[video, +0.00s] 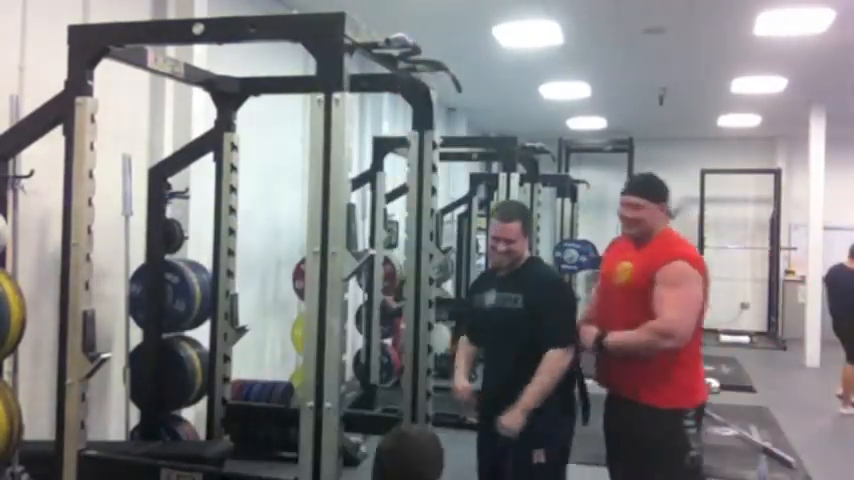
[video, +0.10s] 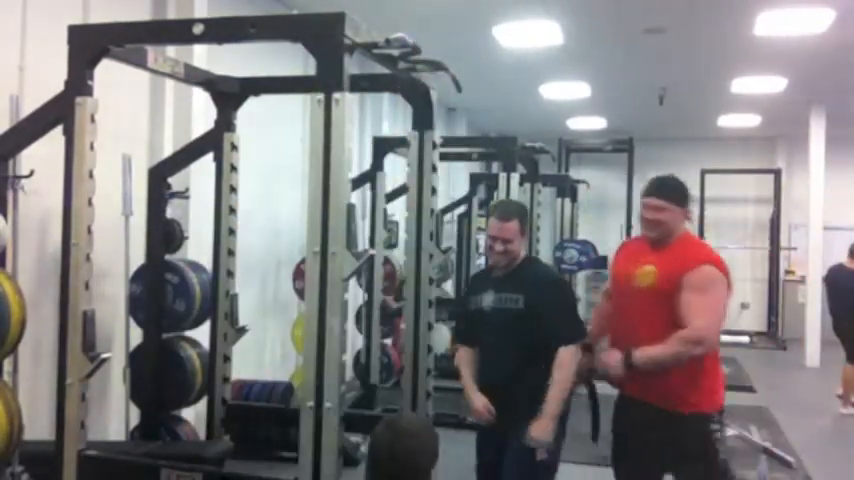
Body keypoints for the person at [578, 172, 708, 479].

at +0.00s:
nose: (627, 215)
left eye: (637, 207)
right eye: (624, 206)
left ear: (662, 210)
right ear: (618, 206)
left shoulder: (678, 259)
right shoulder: (618, 247)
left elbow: (673, 331)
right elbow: (599, 301)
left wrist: (603, 340)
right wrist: (584, 327)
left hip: (662, 406)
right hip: (622, 397)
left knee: (655, 473)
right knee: (621, 471)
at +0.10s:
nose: (650, 216)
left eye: (661, 209)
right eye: (646, 207)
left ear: (685, 214)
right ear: (639, 209)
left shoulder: (701, 264)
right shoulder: (628, 251)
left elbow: (701, 338)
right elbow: (609, 303)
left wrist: (629, 360)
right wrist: (588, 344)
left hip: (689, 413)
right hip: (635, 405)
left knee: (698, 473)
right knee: (631, 473)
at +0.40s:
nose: (729, 221)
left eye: (741, 215)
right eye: (724, 212)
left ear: (762, 220)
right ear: (716, 213)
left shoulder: (795, 276)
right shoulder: (685, 262)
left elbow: (815, 347)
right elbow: (654, 314)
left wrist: (804, 419)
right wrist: (637, 375)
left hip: (766, 428)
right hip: (697, 421)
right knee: (675, 473)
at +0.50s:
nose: (757, 217)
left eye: (768, 210)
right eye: (750, 207)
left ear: (787, 216)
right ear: (740, 208)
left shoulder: (821, 272)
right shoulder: (701, 259)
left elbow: (844, 340)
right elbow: (668, 313)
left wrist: (846, 412)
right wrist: (658, 379)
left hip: (785, 426)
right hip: (714, 418)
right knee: (696, 473)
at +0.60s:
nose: (781, 215)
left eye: (791, 208)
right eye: (774, 206)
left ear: (808, 213)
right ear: (761, 205)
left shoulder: (836, 268)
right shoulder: (717, 255)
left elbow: (849, 333)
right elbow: (681, 310)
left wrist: (850, 367)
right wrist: (679, 378)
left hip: (800, 422)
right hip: (729, 415)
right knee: (720, 473)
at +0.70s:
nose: (803, 215)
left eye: (814, 209)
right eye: (795, 205)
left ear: (826, 214)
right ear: (778, 204)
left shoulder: (844, 265)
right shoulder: (735, 253)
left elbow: (848, 340)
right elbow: (690, 307)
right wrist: (697, 378)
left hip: (817, 421)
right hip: (750, 415)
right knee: (751, 473)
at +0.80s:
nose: (827, 217)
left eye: (836, 210)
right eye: (817, 207)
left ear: (844, 216)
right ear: (795, 206)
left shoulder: (849, 263)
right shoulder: (749, 255)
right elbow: (701, 309)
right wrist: (714, 385)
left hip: (833, 423)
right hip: (766, 419)